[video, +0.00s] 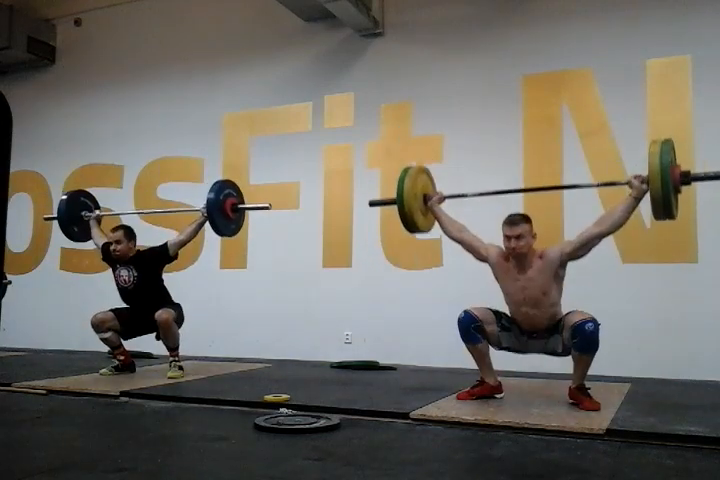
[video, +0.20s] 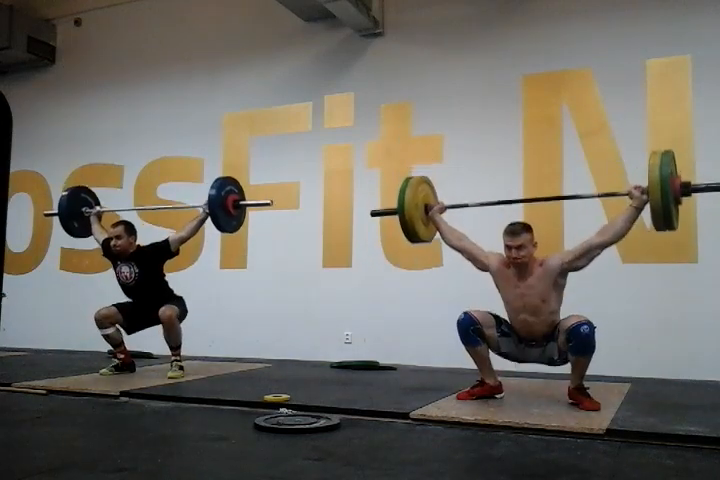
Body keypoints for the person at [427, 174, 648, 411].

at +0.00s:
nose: (513, 244)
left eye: (519, 238)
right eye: (508, 239)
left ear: (533, 237)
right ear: (503, 239)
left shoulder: (555, 257)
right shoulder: (496, 259)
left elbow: (600, 230)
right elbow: (460, 234)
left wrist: (636, 196)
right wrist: (434, 207)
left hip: (554, 332)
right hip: (516, 332)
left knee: (587, 327)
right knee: (468, 320)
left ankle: (578, 389)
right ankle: (490, 383)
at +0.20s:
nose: (515, 254)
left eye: (521, 248)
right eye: (509, 249)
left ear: (534, 245)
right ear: (504, 247)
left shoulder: (556, 267)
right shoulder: (497, 266)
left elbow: (601, 240)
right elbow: (462, 245)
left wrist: (636, 207)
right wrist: (435, 217)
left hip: (551, 342)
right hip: (515, 341)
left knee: (583, 329)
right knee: (467, 322)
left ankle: (577, 389)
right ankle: (490, 383)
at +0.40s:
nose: (514, 234)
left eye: (520, 227)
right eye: (509, 228)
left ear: (533, 225)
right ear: (504, 228)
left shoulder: (556, 246)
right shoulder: (496, 247)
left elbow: (600, 219)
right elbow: (462, 225)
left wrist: (635, 186)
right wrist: (436, 199)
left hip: (553, 324)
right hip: (515, 324)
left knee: (583, 328)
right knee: (469, 322)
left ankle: (577, 389)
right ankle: (489, 383)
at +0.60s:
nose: (515, 201)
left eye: (521, 195)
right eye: (509, 196)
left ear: (534, 194)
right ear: (505, 197)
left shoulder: (556, 217)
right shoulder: (498, 219)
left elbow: (600, 188)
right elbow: (463, 198)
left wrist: (636, 154)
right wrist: (440, 172)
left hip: (556, 296)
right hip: (518, 296)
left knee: (583, 327)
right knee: (470, 319)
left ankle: (578, 388)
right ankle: (489, 383)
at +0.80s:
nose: (518, 167)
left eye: (523, 161)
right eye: (513, 162)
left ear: (536, 160)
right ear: (507, 164)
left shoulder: (557, 183)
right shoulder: (500, 188)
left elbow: (604, 154)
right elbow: (464, 166)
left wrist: (635, 118)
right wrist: (440, 141)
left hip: (556, 270)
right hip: (520, 271)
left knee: (582, 323)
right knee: (473, 315)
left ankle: (578, 388)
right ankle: (489, 382)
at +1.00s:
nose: (520, 122)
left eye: (525, 116)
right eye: (515, 118)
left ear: (537, 117)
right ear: (508, 121)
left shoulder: (558, 143)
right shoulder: (501, 148)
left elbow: (607, 115)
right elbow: (464, 132)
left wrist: (634, 82)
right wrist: (442, 106)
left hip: (556, 237)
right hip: (519, 239)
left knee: (569, 307)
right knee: (499, 303)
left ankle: (577, 383)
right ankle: (493, 380)